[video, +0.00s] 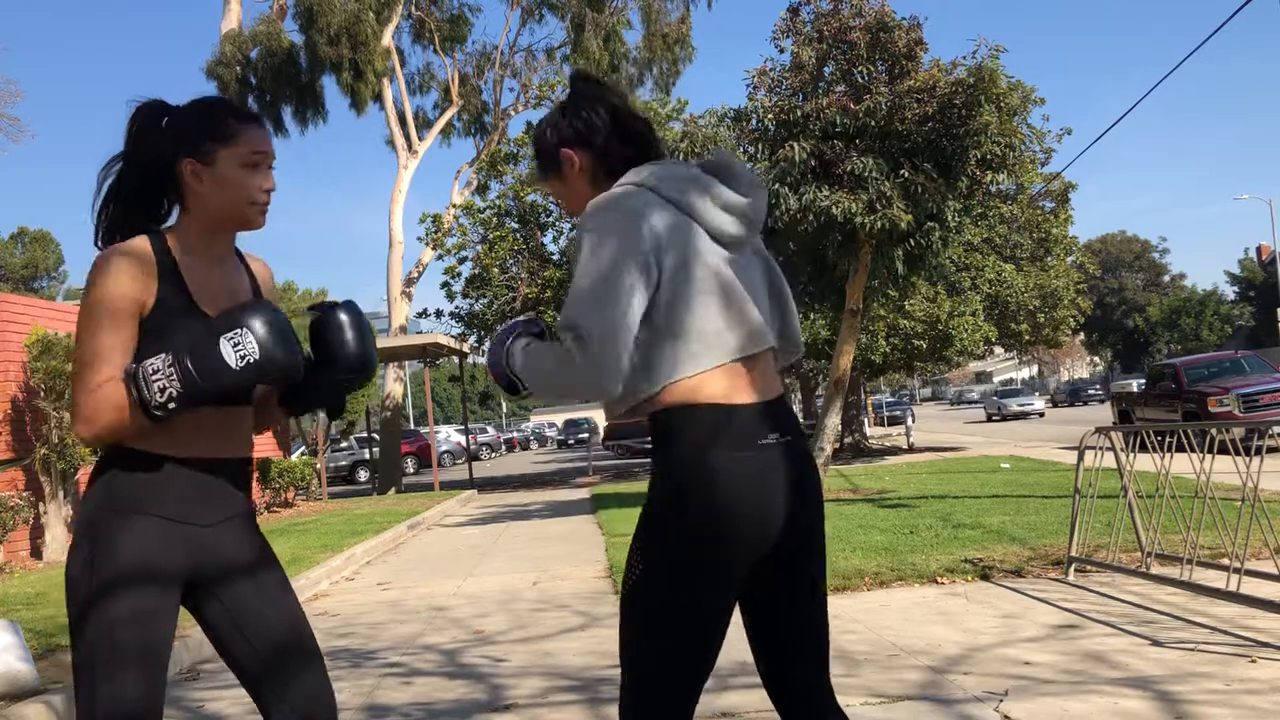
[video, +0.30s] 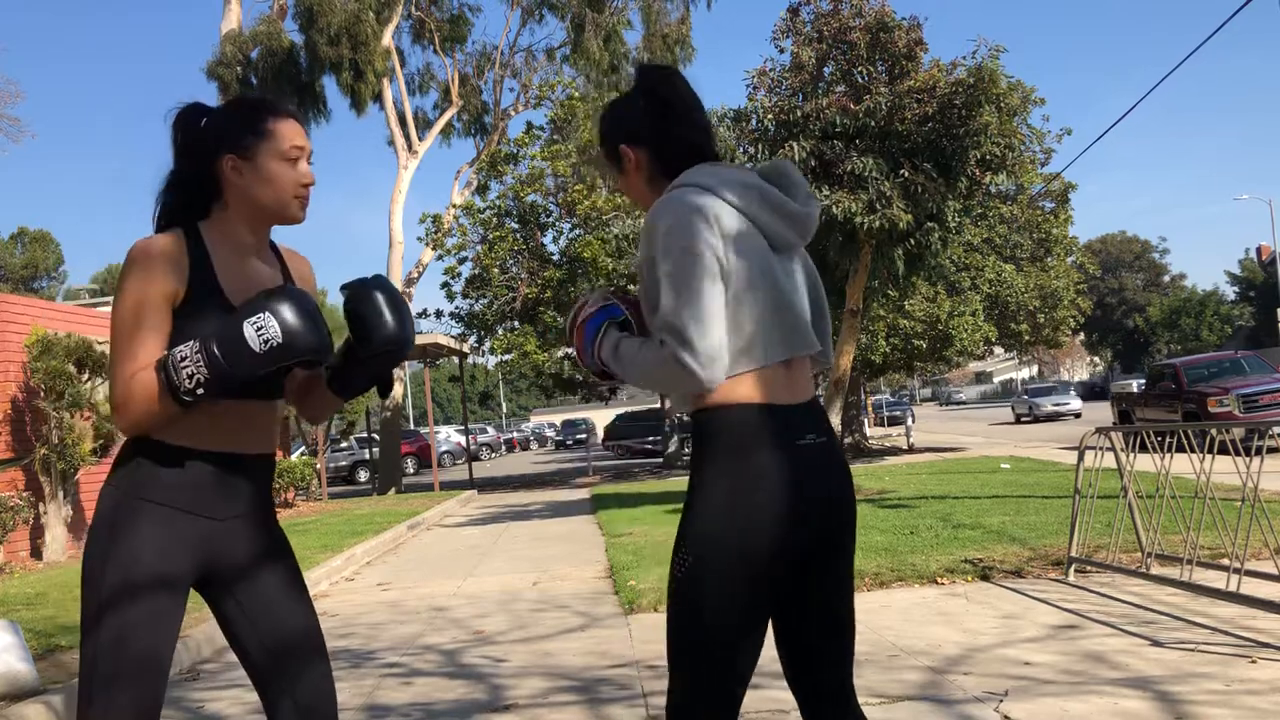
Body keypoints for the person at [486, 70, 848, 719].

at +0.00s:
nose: (562, 210)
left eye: (554, 191)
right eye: (554, 197)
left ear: (574, 160)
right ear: (632, 145)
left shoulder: (618, 213)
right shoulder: (719, 204)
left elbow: (592, 367)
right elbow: (783, 336)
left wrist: (516, 349)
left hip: (705, 476)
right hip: (786, 466)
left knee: (653, 704)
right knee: (807, 694)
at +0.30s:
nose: (621, 191)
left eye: (615, 174)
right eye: (614, 176)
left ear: (634, 157)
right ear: (694, 138)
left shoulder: (681, 213)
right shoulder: (765, 206)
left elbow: (694, 366)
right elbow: (808, 347)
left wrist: (608, 345)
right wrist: (660, 317)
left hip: (741, 472)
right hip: (818, 463)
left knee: (700, 701)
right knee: (828, 689)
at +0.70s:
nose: (625, 161)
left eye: (630, 140)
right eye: (624, 144)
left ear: (677, 132)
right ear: (688, 134)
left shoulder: (690, 206)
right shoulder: (767, 208)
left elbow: (706, 352)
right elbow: (805, 357)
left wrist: (617, 333)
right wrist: (658, 376)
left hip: (731, 471)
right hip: (805, 467)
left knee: (690, 703)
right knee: (830, 695)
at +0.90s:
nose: (593, 159)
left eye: (600, 138)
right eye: (594, 141)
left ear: (645, 133)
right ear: (659, 135)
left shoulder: (648, 210)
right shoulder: (745, 205)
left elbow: (658, 357)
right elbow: (799, 347)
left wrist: (582, 344)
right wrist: (636, 375)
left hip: (723, 480)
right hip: (806, 468)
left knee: (680, 704)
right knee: (816, 693)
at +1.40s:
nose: (658, 169)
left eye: (667, 148)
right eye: (658, 151)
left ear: (716, 142)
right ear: (719, 143)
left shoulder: (745, 213)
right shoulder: (795, 207)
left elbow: (785, 361)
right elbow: (762, 375)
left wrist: (669, 328)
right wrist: (676, 364)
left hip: (785, 477)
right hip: (851, 471)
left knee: (697, 704)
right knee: (857, 700)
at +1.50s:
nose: (658, 163)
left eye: (667, 141)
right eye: (659, 144)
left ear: (715, 138)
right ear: (718, 139)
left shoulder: (744, 206)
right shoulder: (796, 202)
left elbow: (766, 357)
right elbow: (787, 357)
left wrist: (662, 321)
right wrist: (682, 350)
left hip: (779, 476)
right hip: (845, 469)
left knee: (697, 704)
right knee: (859, 699)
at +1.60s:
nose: (653, 160)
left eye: (663, 138)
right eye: (654, 141)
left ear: (711, 136)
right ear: (714, 138)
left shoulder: (738, 206)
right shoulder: (792, 203)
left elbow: (749, 360)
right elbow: (773, 363)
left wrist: (650, 327)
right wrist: (669, 344)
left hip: (773, 476)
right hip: (839, 469)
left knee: (696, 703)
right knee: (855, 696)